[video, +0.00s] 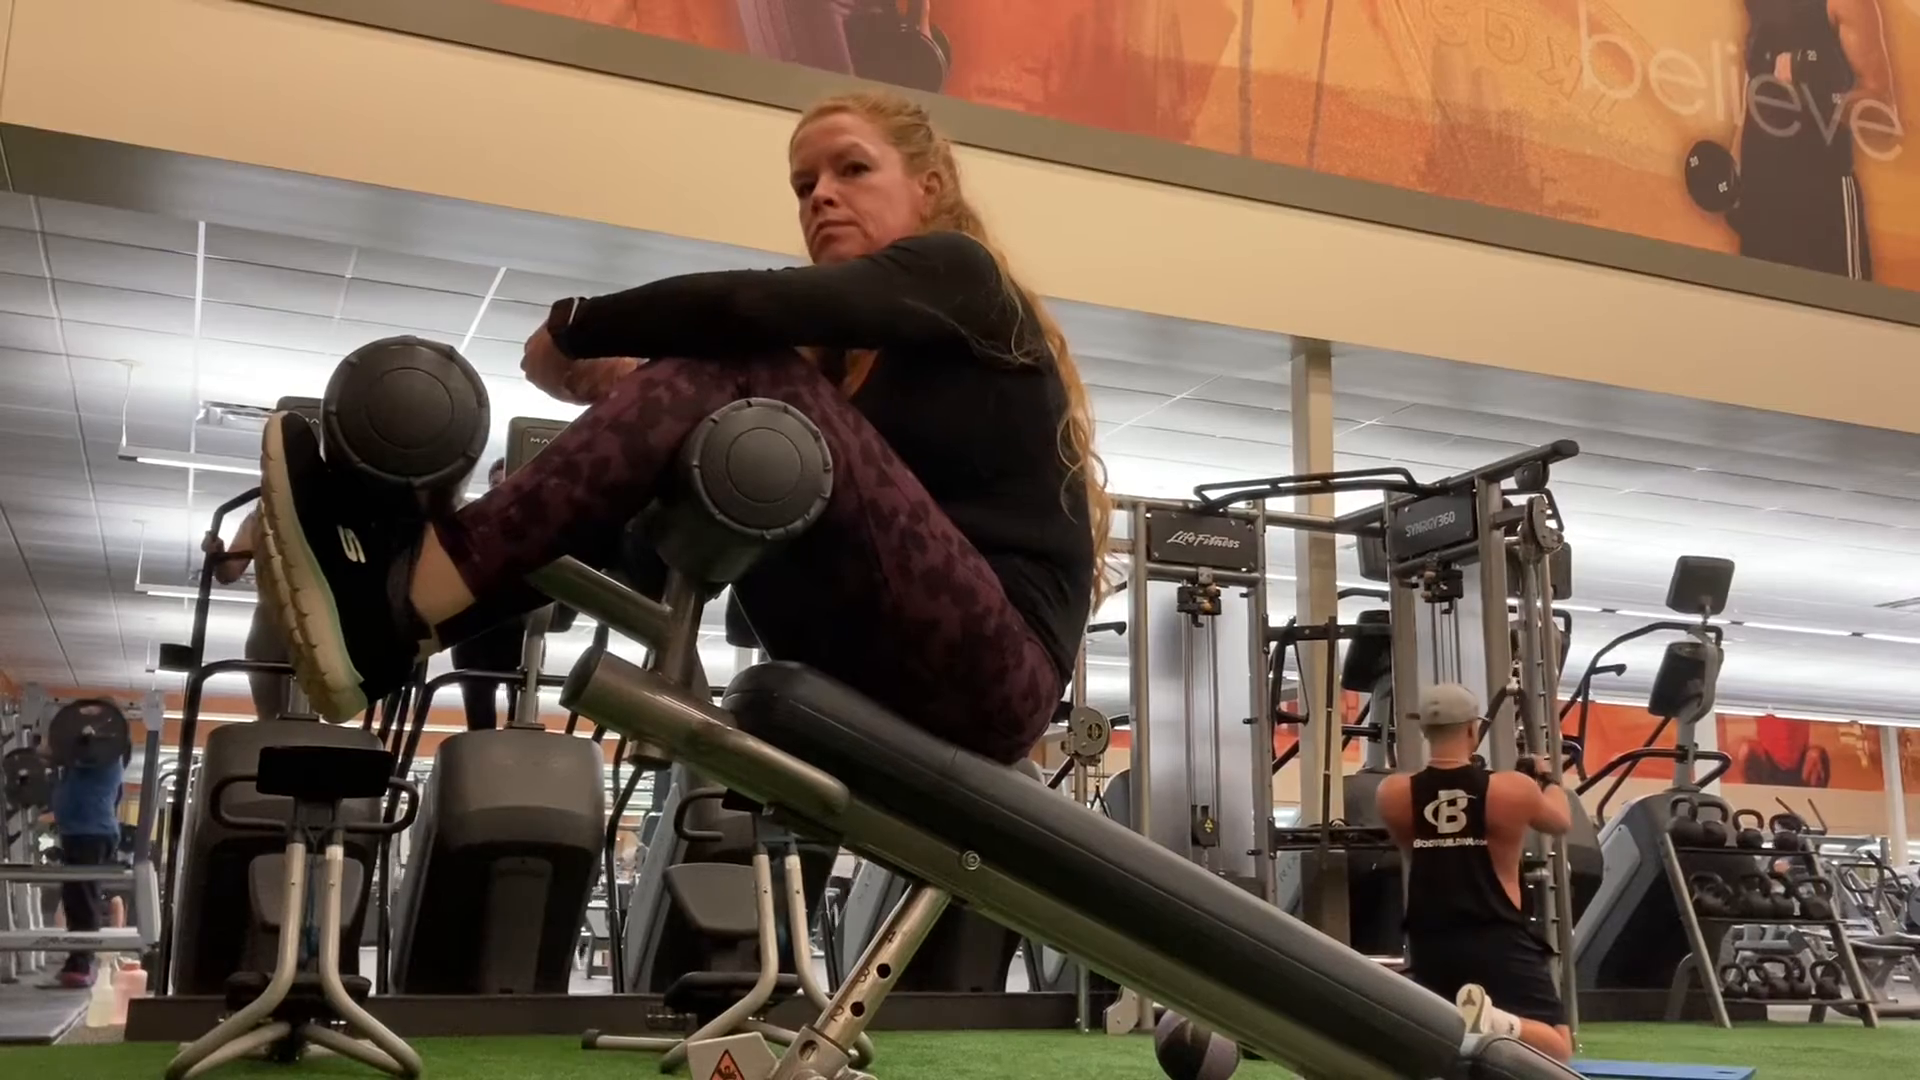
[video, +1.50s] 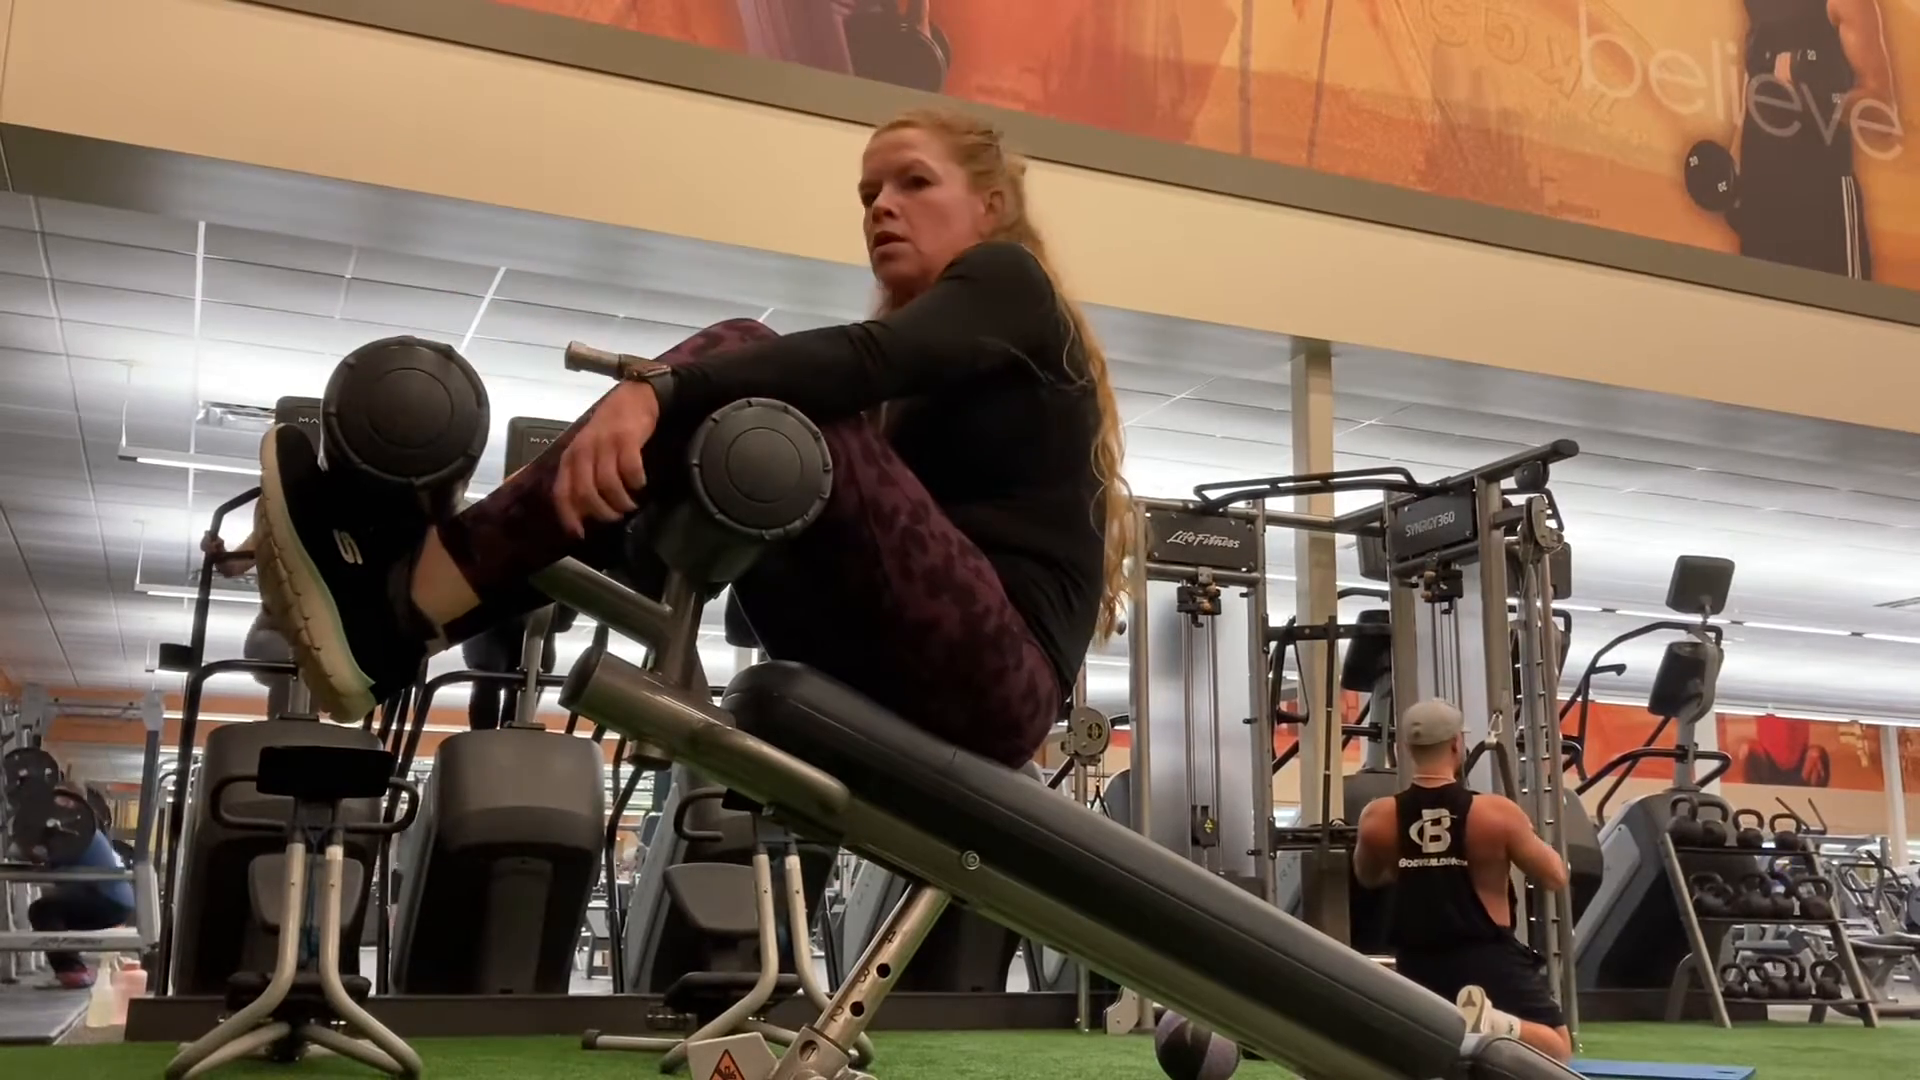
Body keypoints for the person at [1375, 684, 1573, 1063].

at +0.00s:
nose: (1479, 729)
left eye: (1477, 723)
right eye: (1477, 723)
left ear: (1425, 730)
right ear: (1473, 728)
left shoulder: (1393, 795)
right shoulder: (1512, 789)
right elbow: (1559, 820)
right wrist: (1550, 778)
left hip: (1428, 942)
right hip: (1498, 942)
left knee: (1443, 1040)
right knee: (1560, 1046)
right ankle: (1496, 1021)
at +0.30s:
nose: (1467, 735)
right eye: (1467, 729)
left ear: (1416, 734)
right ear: (1465, 734)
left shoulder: (1387, 801)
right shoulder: (1506, 794)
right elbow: (1555, 825)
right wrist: (1544, 783)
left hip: (1426, 946)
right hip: (1496, 945)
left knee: (1439, 1040)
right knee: (1561, 1047)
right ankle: (1496, 1021)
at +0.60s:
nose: (1460, 740)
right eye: (1459, 733)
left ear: (1405, 741)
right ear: (1457, 737)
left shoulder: (1379, 809)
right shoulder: (1500, 800)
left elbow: (1410, 858)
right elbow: (1556, 842)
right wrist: (1539, 801)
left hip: (1424, 958)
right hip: (1495, 956)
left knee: (1439, 1051)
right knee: (1561, 1048)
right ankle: (1495, 1021)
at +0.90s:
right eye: (1460, 739)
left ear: (1402, 748)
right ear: (1456, 743)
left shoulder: (1378, 814)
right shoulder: (1497, 809)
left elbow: (1367, 865)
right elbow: (1555, 868)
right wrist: (1527, 829)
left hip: (1422, 966)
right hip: (1495, 962)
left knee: (1439, 1053)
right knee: (1561, 1049)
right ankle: (1494, 1021)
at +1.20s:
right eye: (1463, 745)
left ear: (1405, 749)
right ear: (1459, 748)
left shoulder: (1377, 819)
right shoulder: (1497, 816)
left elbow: (1361, 886)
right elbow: (1553, 889)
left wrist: (1403, 865)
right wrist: (1543, 860)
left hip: (1419, 970)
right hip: (1492, 968)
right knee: (1561, 1047)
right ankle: (1494, 1021)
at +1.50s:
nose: (1464, 745)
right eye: (1462, 739)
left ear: (1406, 749)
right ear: (1456, 745)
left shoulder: (1378, 817)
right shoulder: (1497, 814)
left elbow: (1368, 875)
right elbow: (1555, 877)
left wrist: (1412, 853)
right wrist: (1530, 842)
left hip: (1416, 968)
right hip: (1490, 966)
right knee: (1561, 1049)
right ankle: (1493, 1022)